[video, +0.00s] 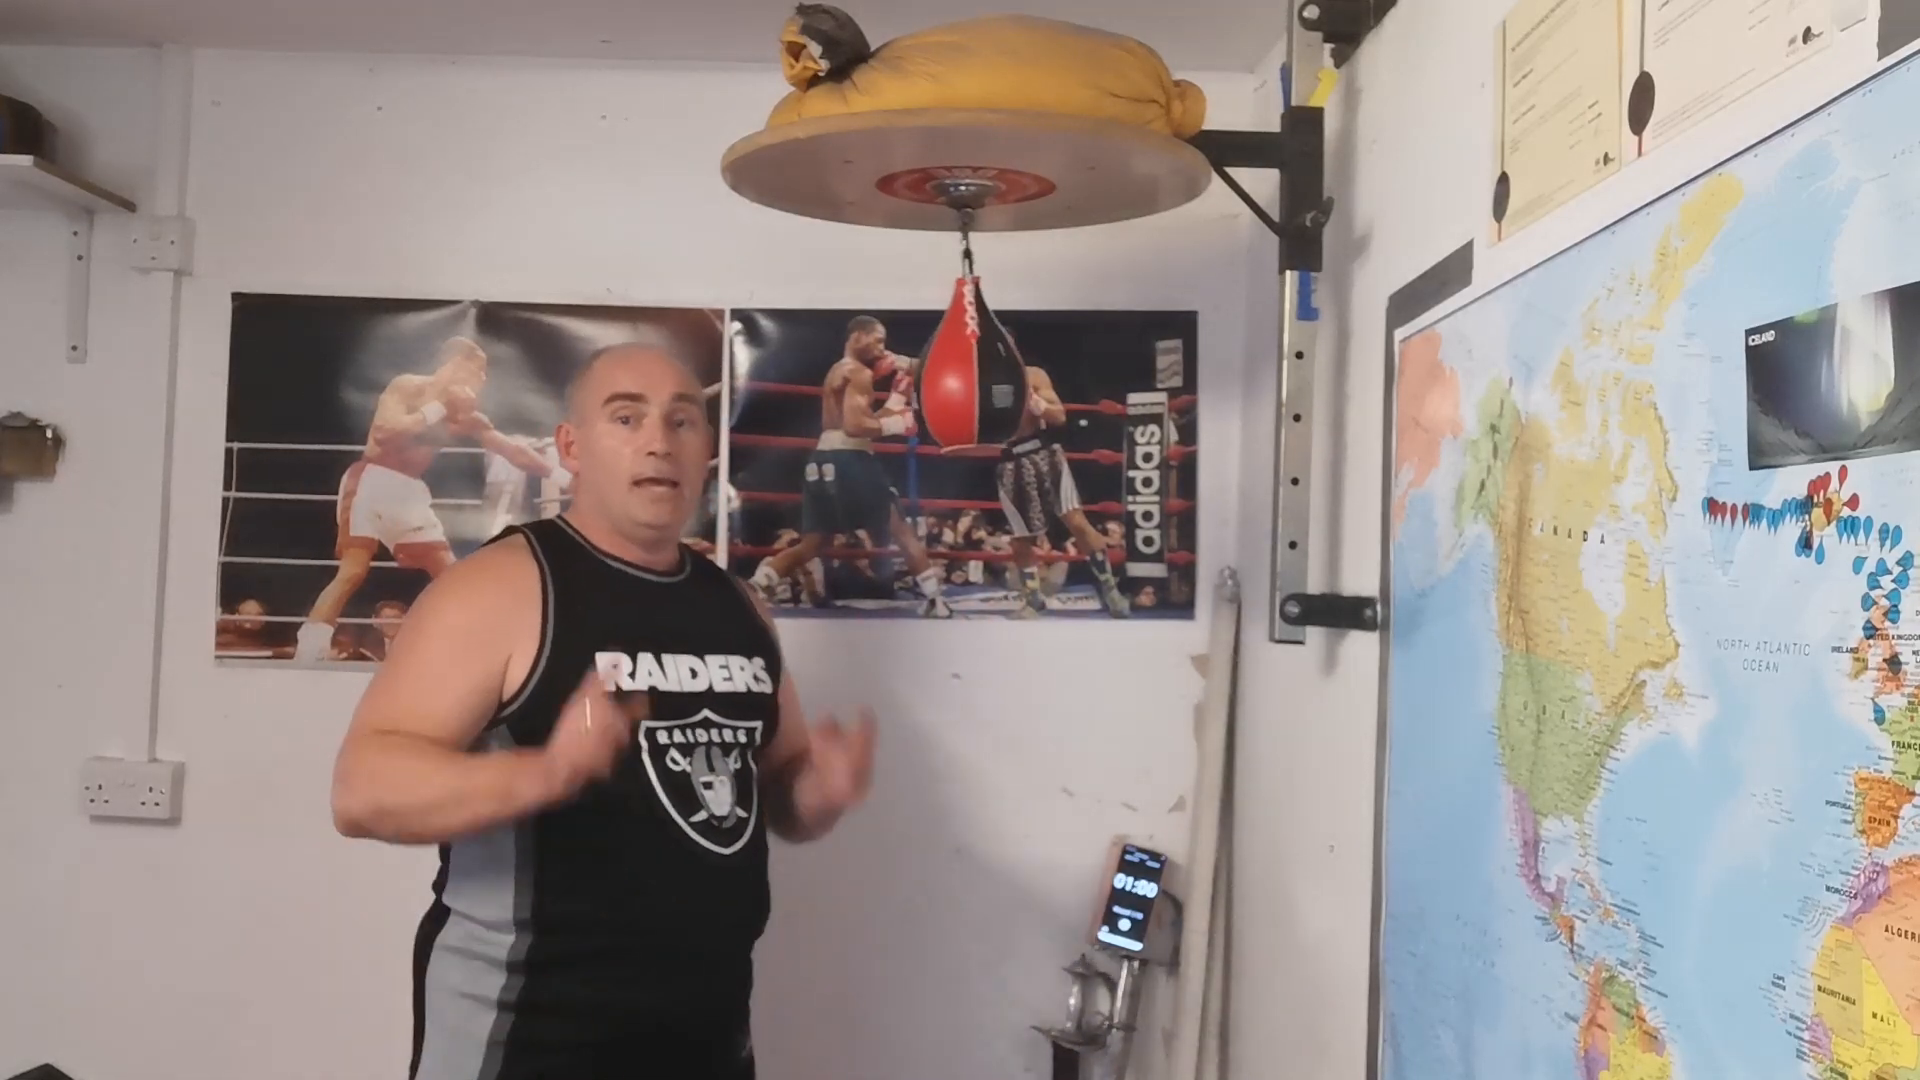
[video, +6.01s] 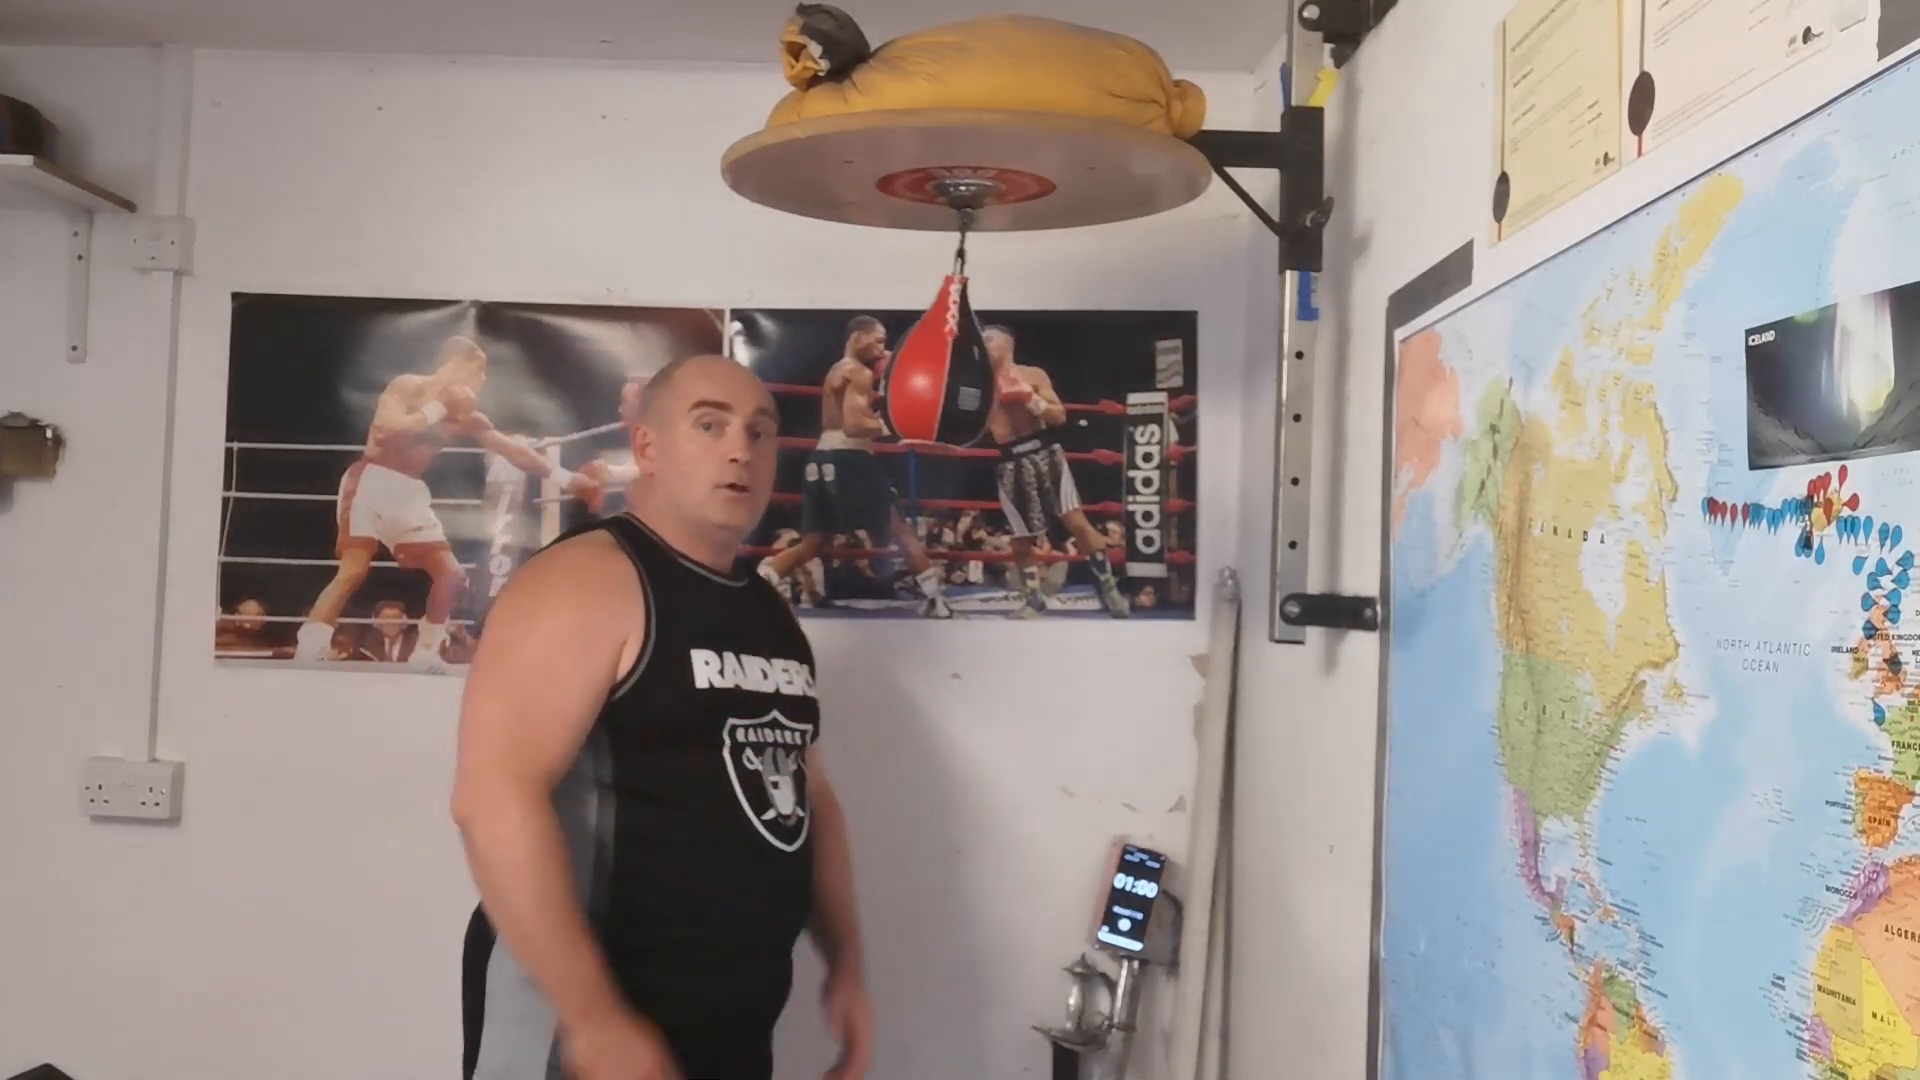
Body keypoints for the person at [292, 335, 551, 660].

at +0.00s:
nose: (480, 381)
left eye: (483, 374)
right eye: (475, 370)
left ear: (474, 378)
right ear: (452, 364)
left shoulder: (464, 409)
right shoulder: (406, 386)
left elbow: (507, 448)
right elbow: (384, 432)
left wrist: (555, 473)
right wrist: (436, 411)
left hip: (409, 493)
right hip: (369, 483)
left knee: (449, 573)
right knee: (352, 572)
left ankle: (466, 651)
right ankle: (308, 649)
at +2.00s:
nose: (476, 384)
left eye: (479, 377)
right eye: (472, 374)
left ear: (476, 380)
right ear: (451, 365)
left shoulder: (464, 415)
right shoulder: (404, 386)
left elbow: (511, 449)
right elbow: (383, 433)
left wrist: (563, 478)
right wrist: (436, 409)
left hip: (408, 492)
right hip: (367, 483)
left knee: (448, 573)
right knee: (353, 570)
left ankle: (461, 654)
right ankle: (306, 652)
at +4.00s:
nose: (479, 384)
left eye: (481, 377)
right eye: (476, 374)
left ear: (471, 379)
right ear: (454, 367)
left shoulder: (463, 415)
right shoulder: (405, 386)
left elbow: (510, 450)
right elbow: (384, 433)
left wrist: (563, 478)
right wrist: (437, 408)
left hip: (409, 493)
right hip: (370, 483)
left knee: (448, 573)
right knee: (353, 571)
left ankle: (460, 651)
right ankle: (305, 650)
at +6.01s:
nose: (475, 386)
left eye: (479, 380)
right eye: (472, 376)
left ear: (475, 384)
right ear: (451, 367)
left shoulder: (463, 415)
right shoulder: (406, 387)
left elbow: (511, 450)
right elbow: (384, 432)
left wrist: (566, 478)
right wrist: (437, 409)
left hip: (409, 492)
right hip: (370, 481)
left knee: (449, 573)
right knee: (353, 571)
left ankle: (424, 656)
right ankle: (306, 652)